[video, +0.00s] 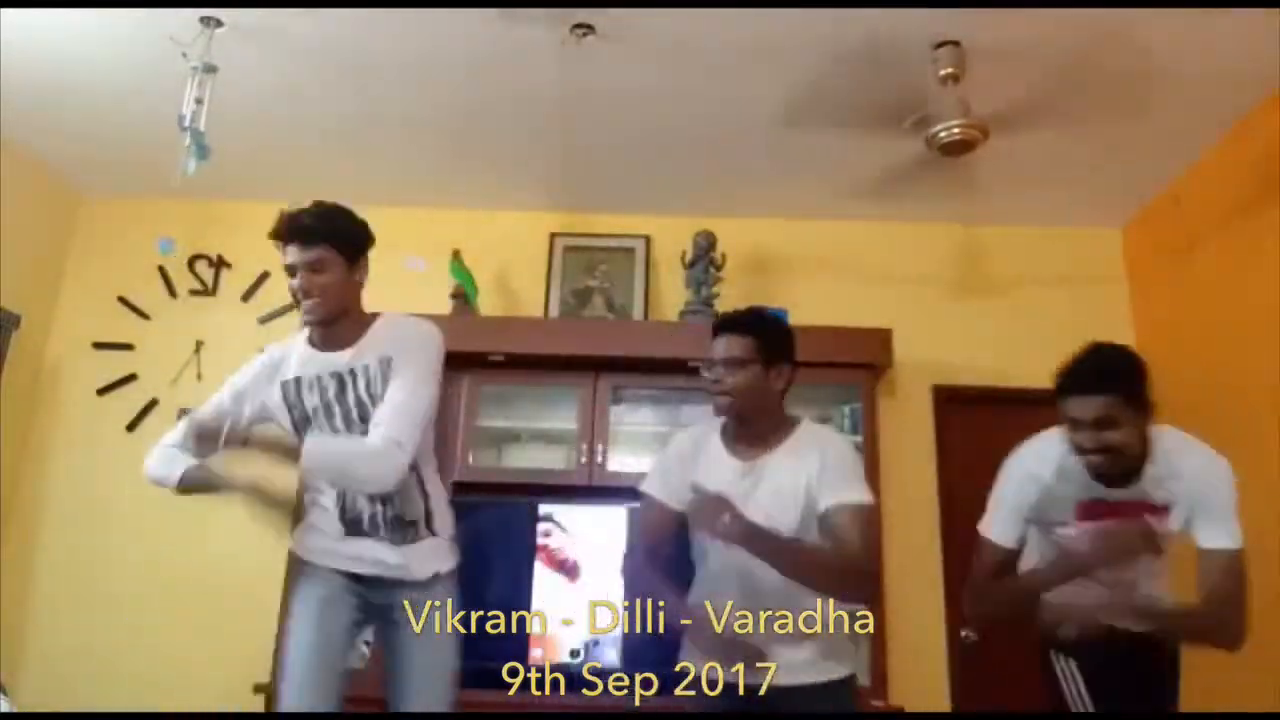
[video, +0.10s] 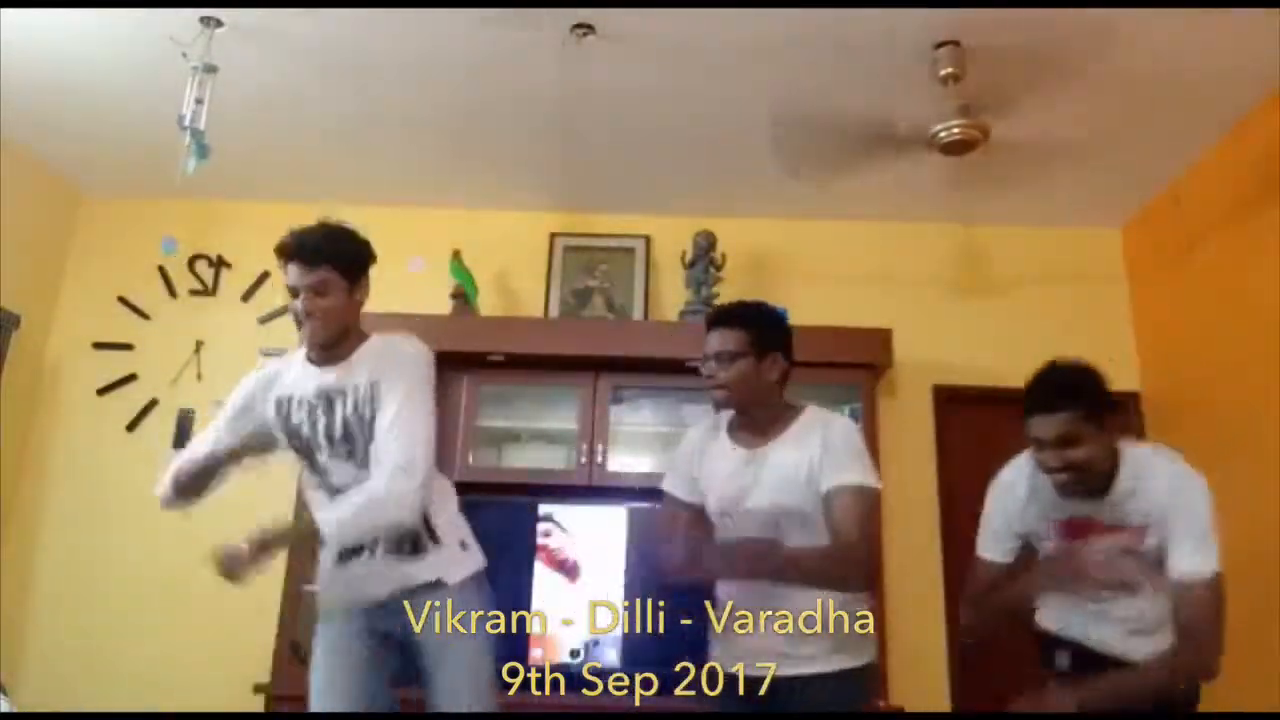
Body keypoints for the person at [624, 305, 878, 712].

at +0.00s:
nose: (716, 379)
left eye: (734, 366)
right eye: (710, 367)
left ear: (780, 376)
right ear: (703, 370)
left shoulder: (827, 452)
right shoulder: (689, 448)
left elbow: (859, 580)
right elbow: (641, 563)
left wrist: (746, 534)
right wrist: (703, 632)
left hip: (810, 687)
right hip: (711, 684)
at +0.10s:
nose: (710, 373)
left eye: (725, 360)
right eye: (706, 361)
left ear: (774, 366)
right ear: (702, 363)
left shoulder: (833, 435)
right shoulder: (700, 442)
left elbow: (861, 564)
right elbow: (675, 560)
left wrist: (773, 562)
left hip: (826, 678)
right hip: (731, 675)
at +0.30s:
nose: (696, 439)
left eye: (709, 424)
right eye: (694, 426)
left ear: (757, 423)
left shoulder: (832, 479)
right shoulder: (716, 502)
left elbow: (867, 619)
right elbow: (694, 622)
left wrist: (762, 631)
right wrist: (647, 691)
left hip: (874, 696)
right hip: (793, 696)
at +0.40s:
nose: (690, 441)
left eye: (702, 426)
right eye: (689, 428)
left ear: (750, 427)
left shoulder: (827, 481)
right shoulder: (714, 503)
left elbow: (854, 626)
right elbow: (702, 621)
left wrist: (735, 610)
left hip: (869, 683)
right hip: (792, 687)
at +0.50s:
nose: (682, 431)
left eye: (696, 418)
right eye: (683, 419)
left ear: (747, 420)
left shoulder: (820, 473)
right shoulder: (710, 492)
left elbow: (842, 617)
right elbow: (701, 604)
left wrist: (742, 621)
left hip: (859, 672)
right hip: (783, 677)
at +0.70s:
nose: (680, 438)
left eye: (695, 423)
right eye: (677, 425)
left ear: (745, 429)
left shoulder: (810, 496)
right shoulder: (694, 498)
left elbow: (849, 648)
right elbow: (674, 620)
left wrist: (741, 697)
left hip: (829, 701)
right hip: (743, 695)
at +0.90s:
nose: (704, 426)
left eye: (720, 413)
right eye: (700, 413)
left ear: (765, 424)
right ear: (694, 419)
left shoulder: (820, 508)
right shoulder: (680, 501)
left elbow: (850, 642)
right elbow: (643, 624)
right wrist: (650, 695)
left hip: (807, 703)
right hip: (710, 702)